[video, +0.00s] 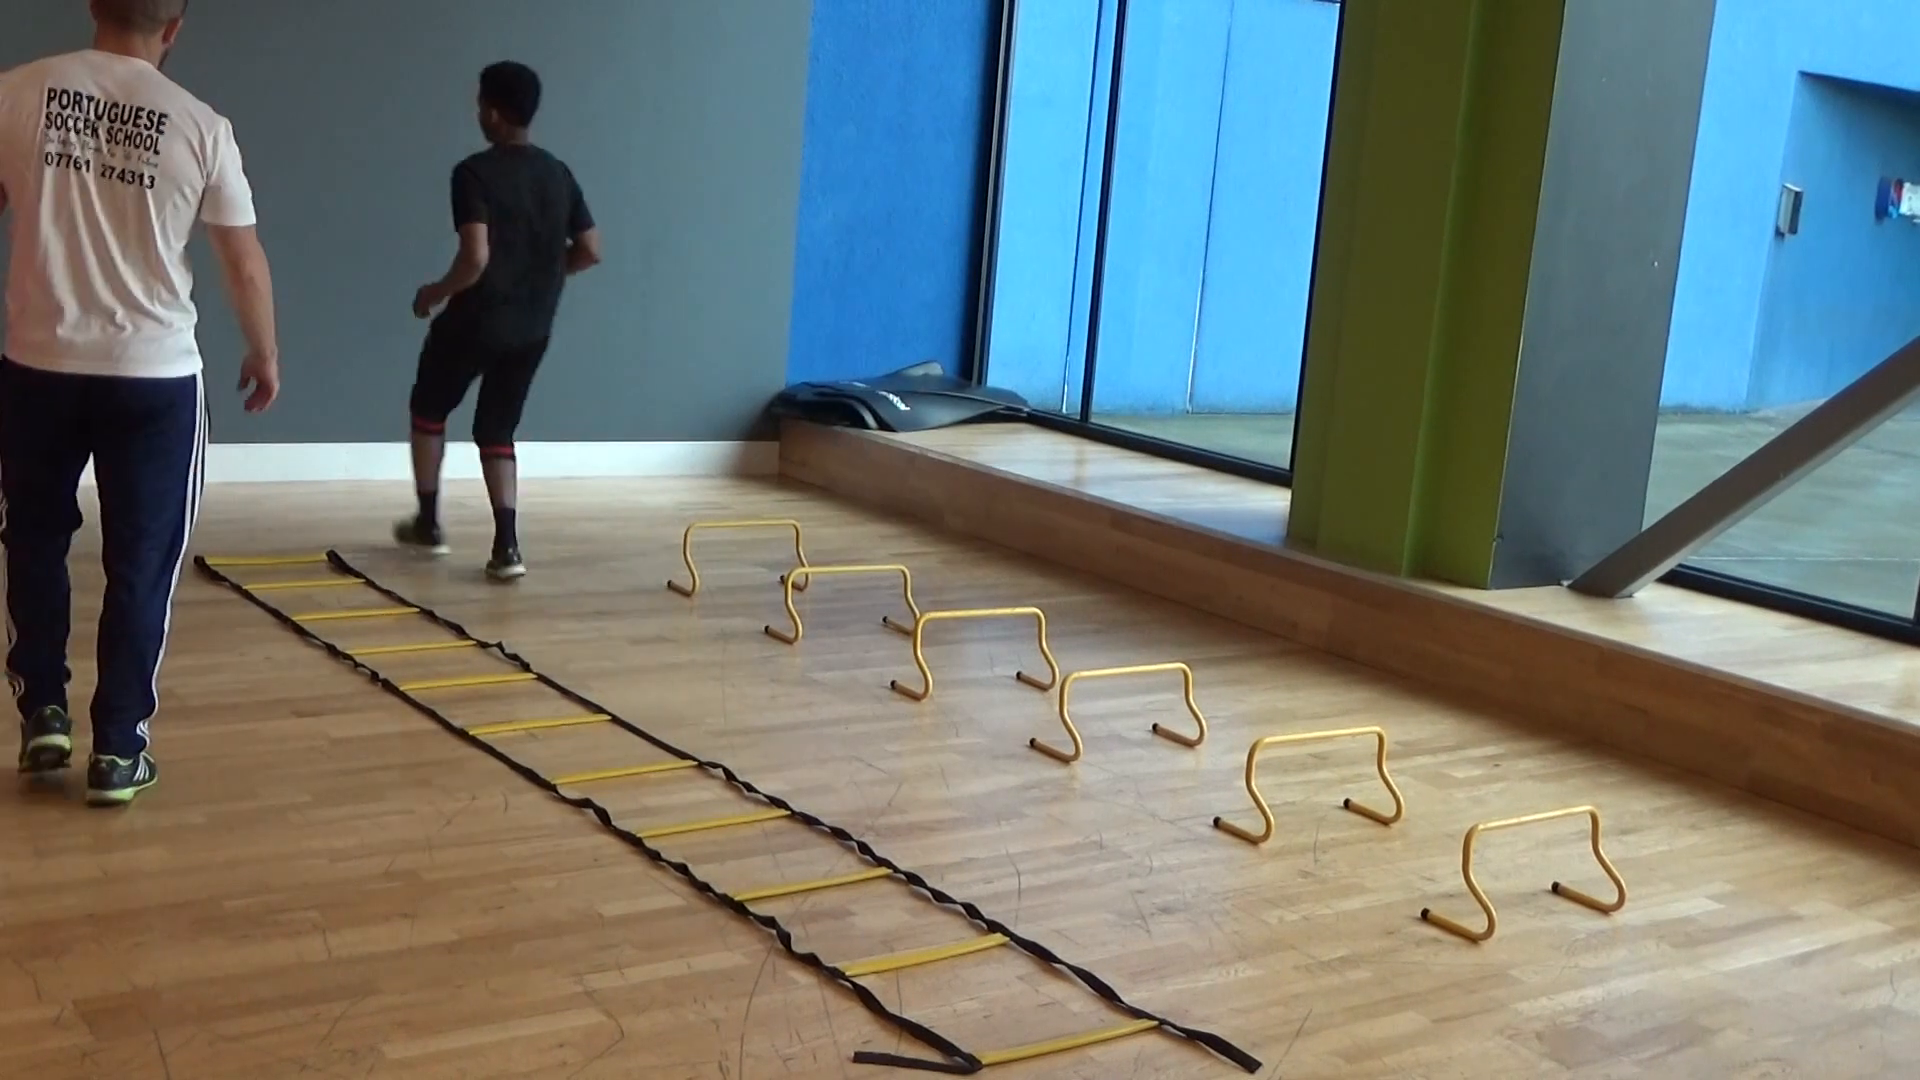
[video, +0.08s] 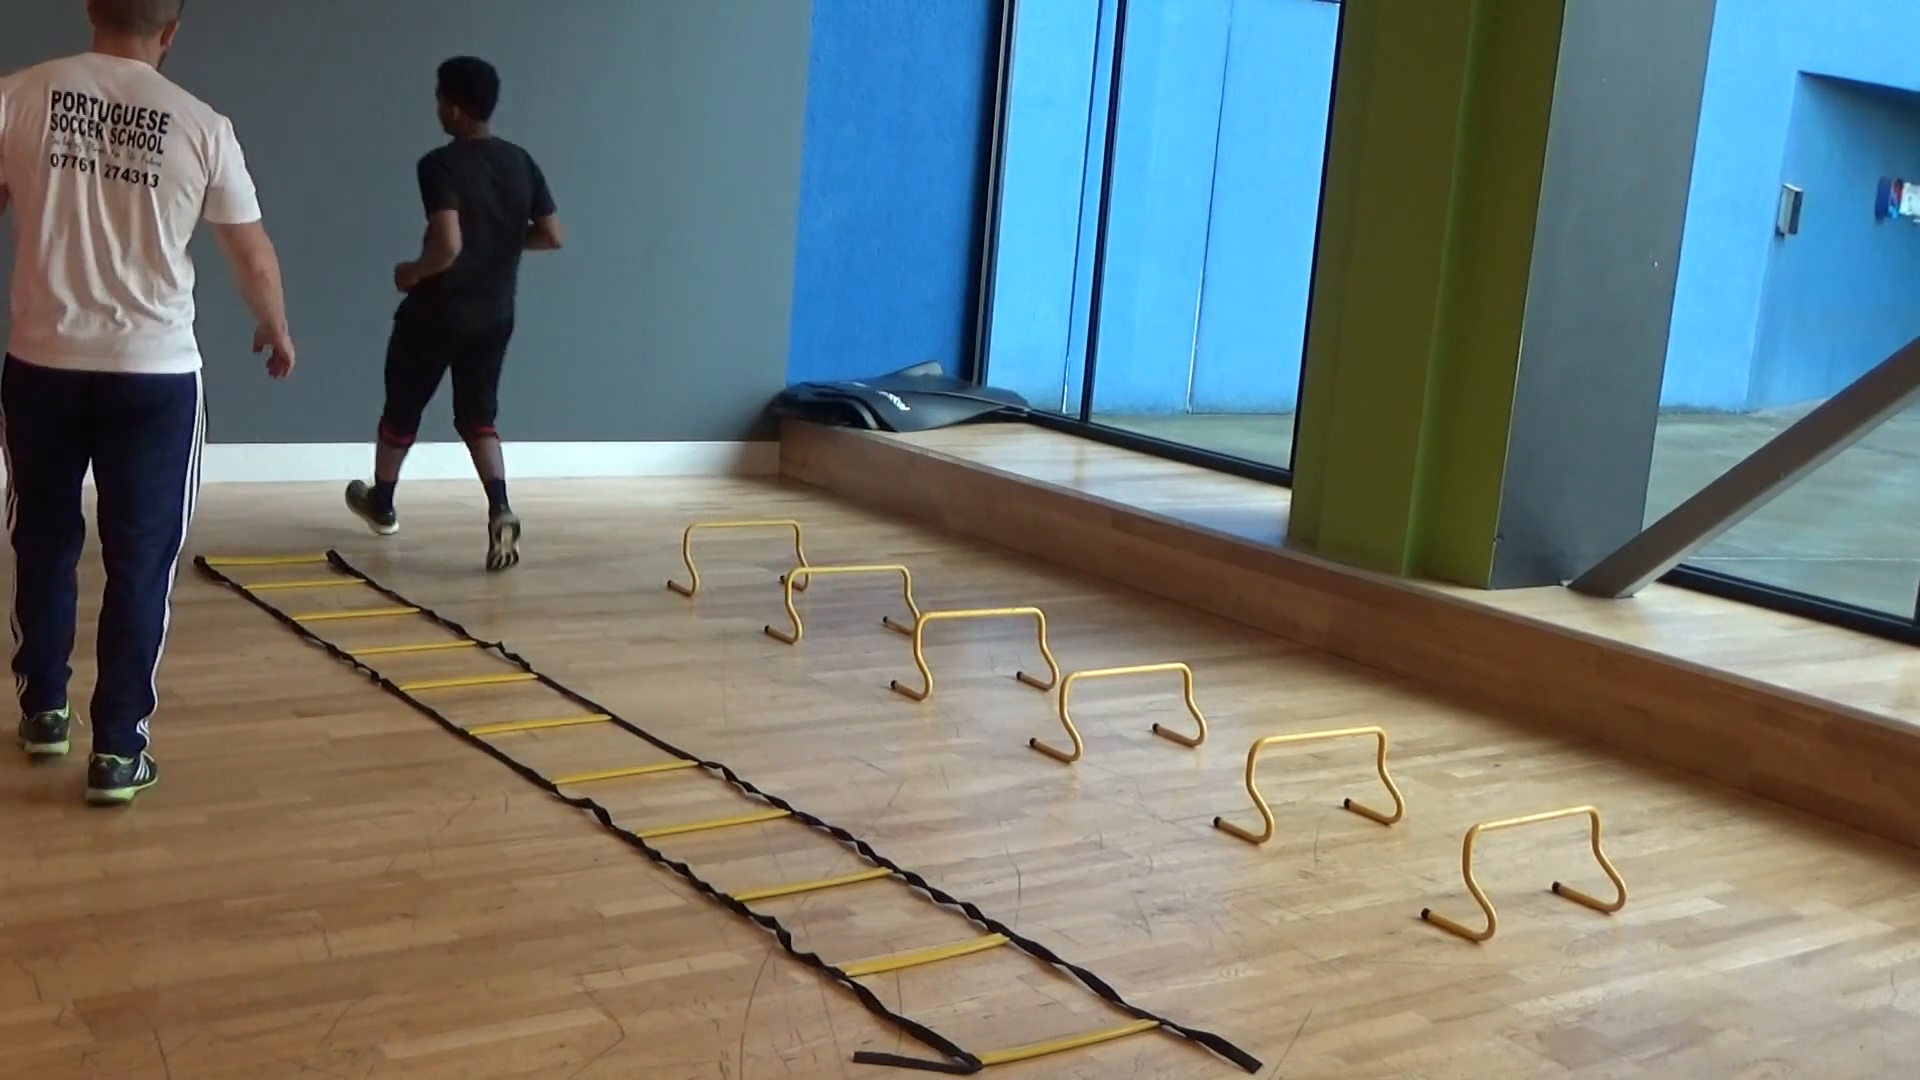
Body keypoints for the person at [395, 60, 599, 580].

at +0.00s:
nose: (478, 112)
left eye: (481, 104)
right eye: (482, 103)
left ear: (492, 111)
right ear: (530, 112)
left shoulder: (475, 172)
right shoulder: (557, 173)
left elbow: (475, 259)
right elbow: (589, 252)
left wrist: (438, 291)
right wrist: (543, 268)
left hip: (473, 324)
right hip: (530, 331)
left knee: (428, 409)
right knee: (496, 432)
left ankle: (427, 521)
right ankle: (507, 548)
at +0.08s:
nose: (437, 106)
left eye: (440, 97)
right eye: (439, 97)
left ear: (453, 105)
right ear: (489, 105)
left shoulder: (440, 164)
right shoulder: (519, 161)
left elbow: (447, 245)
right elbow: (551, 237)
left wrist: (415, 271)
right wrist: (499, 237)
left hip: (437, 312)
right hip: (493, 316)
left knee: (402, 407)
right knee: (477, 414)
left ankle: (380, 502)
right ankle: (501, 510)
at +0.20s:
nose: (385, 119)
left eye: (388, 112)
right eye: (385, 111)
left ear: (402, 118)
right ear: (437, 115)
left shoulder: (386, 173)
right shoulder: (467, 169)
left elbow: (385, 262)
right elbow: (491, 246)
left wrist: (356, 275)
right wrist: (451, 256)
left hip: (384, 312)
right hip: (440, 313)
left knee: (360, 398)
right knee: (433, 400)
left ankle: (371, 506)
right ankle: (463, 478)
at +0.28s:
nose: (357, 111)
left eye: (359, 104)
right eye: (356, 103)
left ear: (374, 107)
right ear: (408, 103)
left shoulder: (358, 162)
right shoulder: (442, 156)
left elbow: (350, 248)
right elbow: (466, 231)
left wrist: (326, 258)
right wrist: (425, 247)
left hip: (364, 300)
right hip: (416, 301)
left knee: (341, 384)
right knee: (388, 374)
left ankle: (366, 497)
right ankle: (415, 480)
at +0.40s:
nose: (319, 92)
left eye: (323, 84)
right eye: (320, 84)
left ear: (340, 87)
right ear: (371, 85)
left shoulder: (329, 141)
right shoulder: (407, 133)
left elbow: (321, 223)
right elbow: (446, 197)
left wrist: (310, 198)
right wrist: (403, 209)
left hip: (332, 281)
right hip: (385, 283)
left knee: (309, 379)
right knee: (348, 376)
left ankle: (357, 483)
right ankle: (326, 472)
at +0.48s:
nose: (299, 95)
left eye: (305, 86)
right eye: (301, 85)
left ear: (327, 92)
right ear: (349, 92)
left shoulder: (314, 147)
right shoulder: (383, 138)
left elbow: (311, 229)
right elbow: (423, 196)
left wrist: (289, 190)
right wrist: (373, 205)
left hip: (313, 286)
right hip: (360, 286)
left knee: (294, 392)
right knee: (320, 380)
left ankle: (355, 478)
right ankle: (298, 475)